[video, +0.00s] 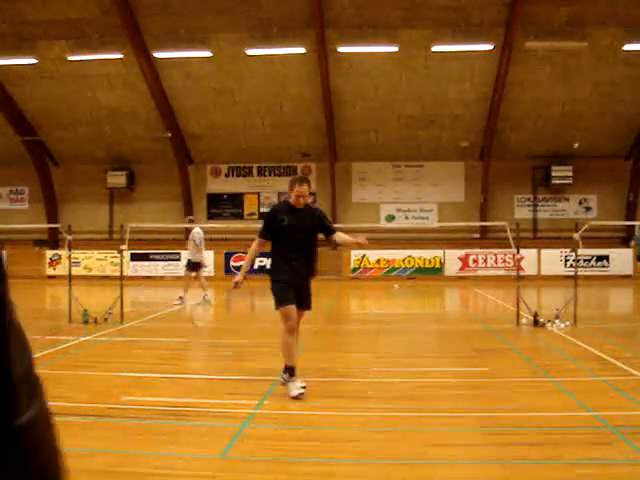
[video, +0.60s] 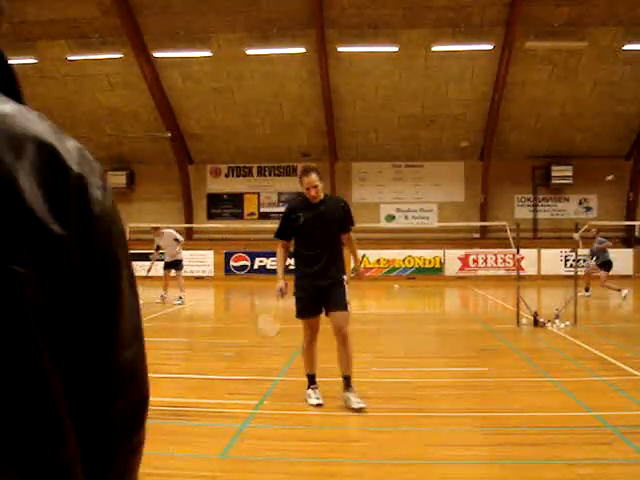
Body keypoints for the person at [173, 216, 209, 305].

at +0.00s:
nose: (186, 226)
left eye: (187, 224)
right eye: (186, 224)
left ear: (190, 223)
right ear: (193, 223)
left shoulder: (195, 232)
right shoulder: (197, 231)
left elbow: (199, 248)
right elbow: (198, 248)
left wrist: (201, 260)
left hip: (193, 259)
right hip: (198, 260)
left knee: (187, 278)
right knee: (200, 278)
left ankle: (183, 297)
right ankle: (206, 295)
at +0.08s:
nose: (182, 226)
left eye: (183, 223)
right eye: (182, 223)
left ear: (186, 223)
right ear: (188, 222)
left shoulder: (190, 232)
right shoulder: (191, 231)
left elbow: (194, 249)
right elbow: (187, 248)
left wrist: (197, 261)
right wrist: (182, 257)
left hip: (188, 259)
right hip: (190, 259)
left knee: (184, 279)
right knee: (191, 277)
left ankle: (182, 297)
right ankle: (202, 292)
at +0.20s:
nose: (176, 226)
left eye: (177, 224)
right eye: (175, 224)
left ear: (180, 223)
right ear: (177, 224)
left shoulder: (185, 232)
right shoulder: (181, 232)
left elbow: (187, 247)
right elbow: (180, 248)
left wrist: (186, 259)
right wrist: (174, 258)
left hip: (185, 258)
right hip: (181, 258)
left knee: (182, 276)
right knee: (181, 276)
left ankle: (183, 296)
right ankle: (192, 290)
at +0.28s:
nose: (172, 227)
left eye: (173, 224)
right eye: (171, 225)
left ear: (176, 224)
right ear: (171, 225)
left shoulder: (183, 232)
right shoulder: (177, 233)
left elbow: (185, 246)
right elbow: (176, 248)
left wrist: (180, 258)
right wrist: (171, 258)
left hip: (184, 258)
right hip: (178, 258)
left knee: (182, 277)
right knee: (172, 275)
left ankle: (182, 296)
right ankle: (184, 289)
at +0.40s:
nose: (164, 230)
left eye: (164, 228)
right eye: (163, 228)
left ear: (168, 226)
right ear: (164, 228)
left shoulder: (177, 232)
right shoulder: (168, 234)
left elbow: (184, 244)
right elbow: (168, 246)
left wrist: (173, 252)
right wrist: (166, 254)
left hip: (182, 257)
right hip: (173, 257)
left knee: (180, 276)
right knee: (169, 276)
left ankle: (182, 296)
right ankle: (168, 293)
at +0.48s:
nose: (162, 230)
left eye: (163, 228)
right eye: (162, 228)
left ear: (166, 226)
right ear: (163, 228)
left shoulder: (177, 232)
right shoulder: (166, 235)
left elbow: (183, 244)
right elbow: (165, 249)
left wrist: (172, 251)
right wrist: (159, 261)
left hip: (181, 257)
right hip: (172, 258)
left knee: (181, 277)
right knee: (169, 277)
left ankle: (182, 296)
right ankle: (165, 294)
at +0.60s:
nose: (154, 234)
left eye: (155, 232)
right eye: (153, 233)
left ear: (159, 230)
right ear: (154, 232)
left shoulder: (170, 233)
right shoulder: (157, 239)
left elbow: (181, 241)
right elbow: (155, 254)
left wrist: (176, 251)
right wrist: (150, 267)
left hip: (177, 257)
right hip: (168, 258)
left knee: (178, 276)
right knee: (166, 276)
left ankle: (182, 296)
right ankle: (164, 294)